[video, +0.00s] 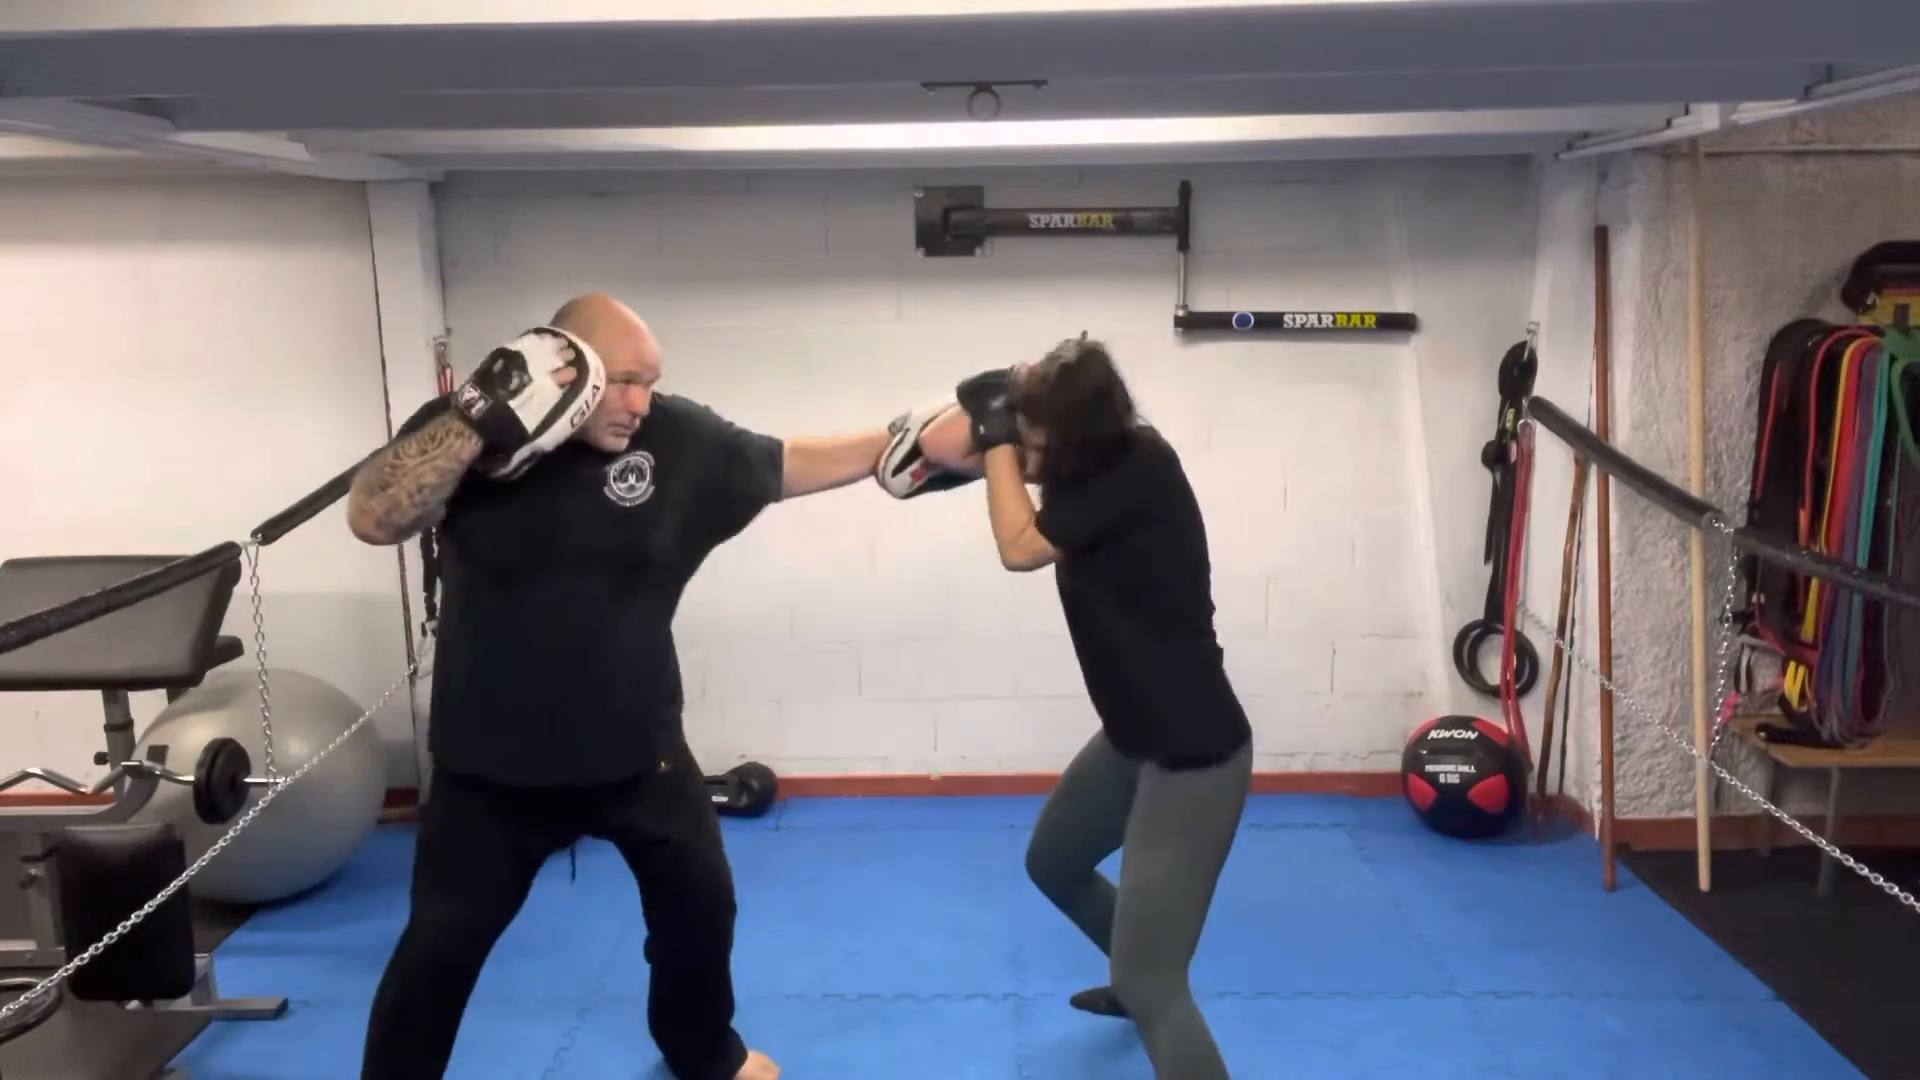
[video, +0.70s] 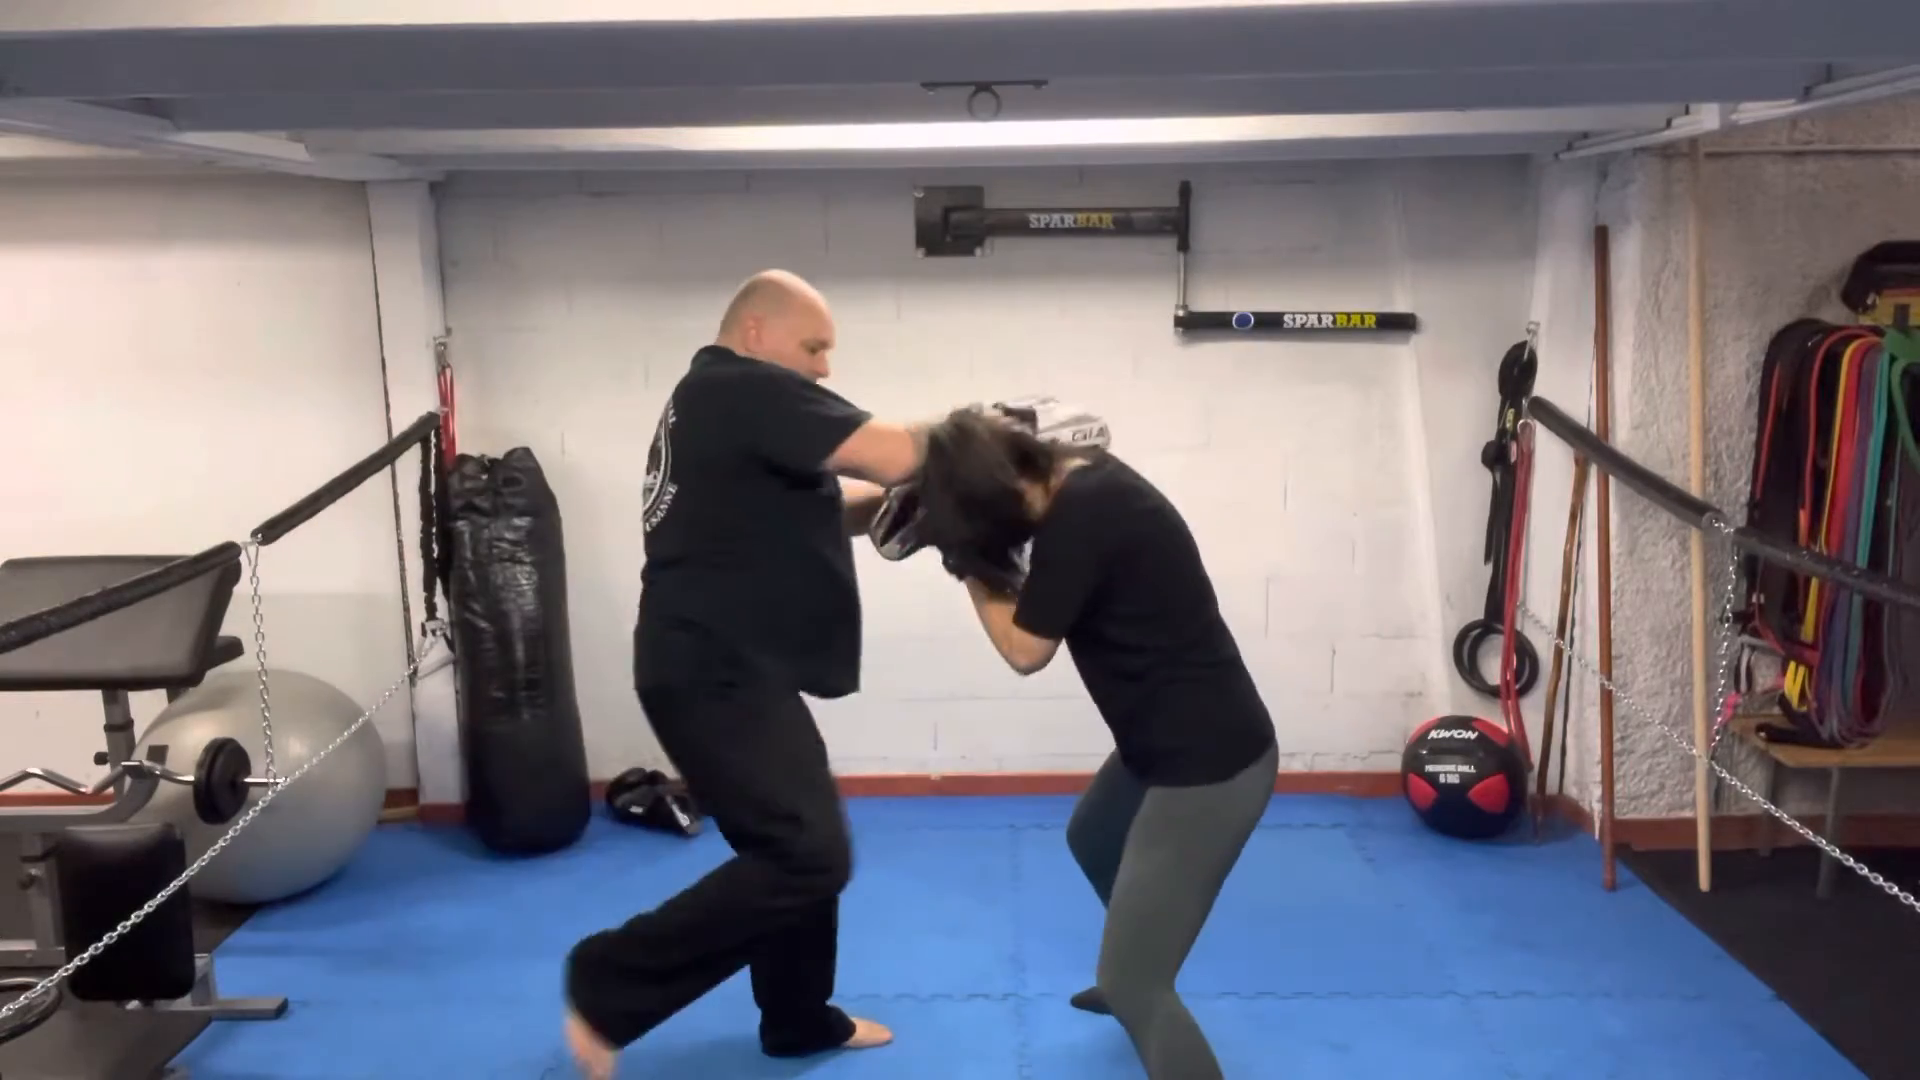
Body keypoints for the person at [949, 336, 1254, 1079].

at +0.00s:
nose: (1030, 451)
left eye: (1040, 439)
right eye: (1027, 436)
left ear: (1075, 434)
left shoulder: (1135, 472)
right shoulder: (1099, 461)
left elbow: (1019, 547)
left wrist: (996, 434)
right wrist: (1000, 429)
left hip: (1194, 756)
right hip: (1133, 737)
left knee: (1150, 985)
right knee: (1055, 862)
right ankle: (1143, 982)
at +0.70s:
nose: (991, 536)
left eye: (988, 528)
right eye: (980, 531)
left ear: (998, 498)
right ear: (1016, 454)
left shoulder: (1084, 513)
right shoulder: (1080, 482)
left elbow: (1025, 651)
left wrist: (965, 556)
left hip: (1213, 765)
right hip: (1163, 745)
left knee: (1133, 983)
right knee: (1093, 839)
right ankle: (1135, 982)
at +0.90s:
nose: (990, 607)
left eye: (984, 598)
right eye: (981, 603)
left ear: (1000, 565)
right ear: (997, 545)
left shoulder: (1079, 563)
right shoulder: (1070, 533)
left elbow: (1049, 714)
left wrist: (981, 667)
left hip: (1237, 783)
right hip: (1173, 753)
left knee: (1130, 988)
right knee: (1086, 864)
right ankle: (1148, 986)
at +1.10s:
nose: (1025, 614)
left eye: (1025, 605)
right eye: (1015, 609)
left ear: (1055, 575)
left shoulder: (1156, 561)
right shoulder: (1043, 543)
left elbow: (1179, 718)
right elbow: (1114, 681)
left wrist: (1055, 702)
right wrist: (1046, 691)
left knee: (1150, 990)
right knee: (1070, 898)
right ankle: (1143, 977)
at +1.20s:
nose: (1072, 559)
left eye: (1076, 548)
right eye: (1064, 549)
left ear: (1102, 522)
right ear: (1052, 522)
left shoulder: (1193, 525)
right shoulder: (1058, 519)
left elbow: (1221, 678)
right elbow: (950, 629)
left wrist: (1076, 685)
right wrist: (1007, 517)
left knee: (1135, 996)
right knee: (1060, 903)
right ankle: (1140, 986)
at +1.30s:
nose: (1053, 476)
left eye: (1072, 472)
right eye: (1053, 458)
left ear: (1131, 475)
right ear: (1057, 431)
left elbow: (1186, 651)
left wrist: (1057, 599)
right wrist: (1036, 418)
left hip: (1187, 776)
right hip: (1102, 754)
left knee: (1122, 999)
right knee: (1052, 897)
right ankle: (1140, 987)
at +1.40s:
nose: (1037, 414)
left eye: (1055, 408)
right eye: (1040, 400)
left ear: (1111, 430)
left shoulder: (1170, 500)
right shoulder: (1086, 451)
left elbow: (1047, 579)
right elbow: (1014, 390)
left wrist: (982, 453)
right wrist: (962, 386)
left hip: (1157, 772)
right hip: (1094, 747)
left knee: (1105, 997)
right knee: (1040, 872)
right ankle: (1135, 994)